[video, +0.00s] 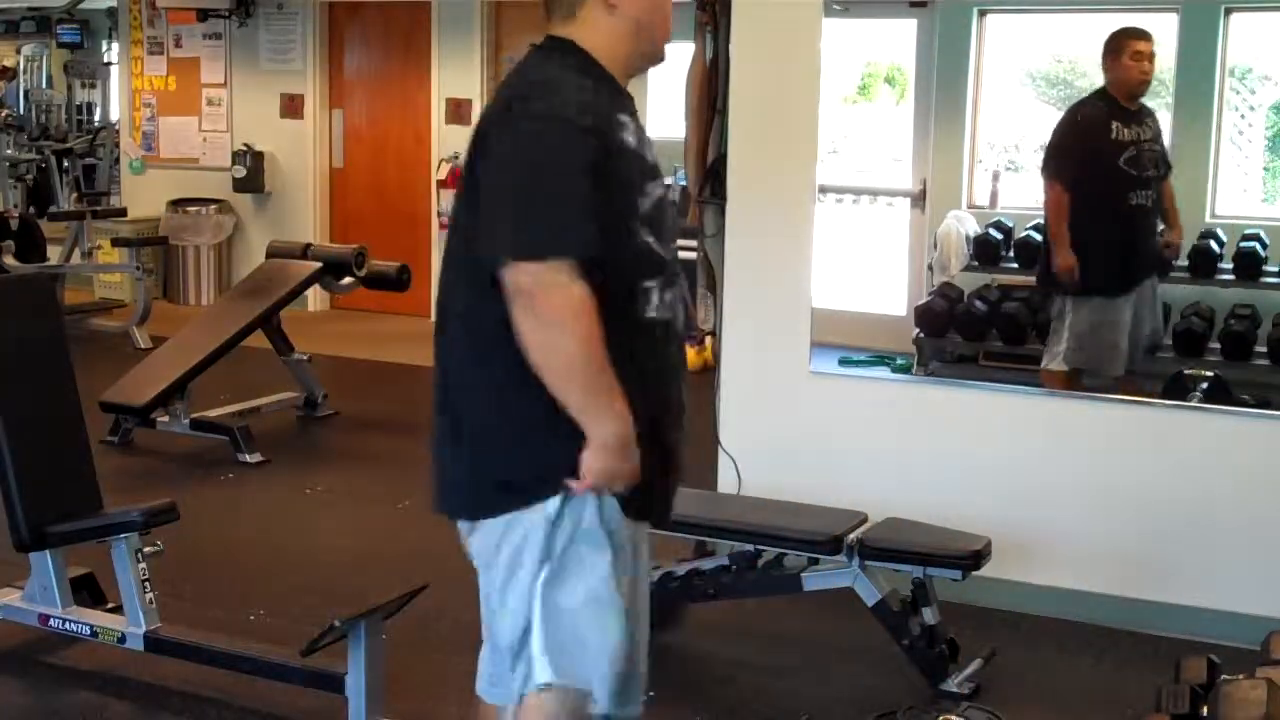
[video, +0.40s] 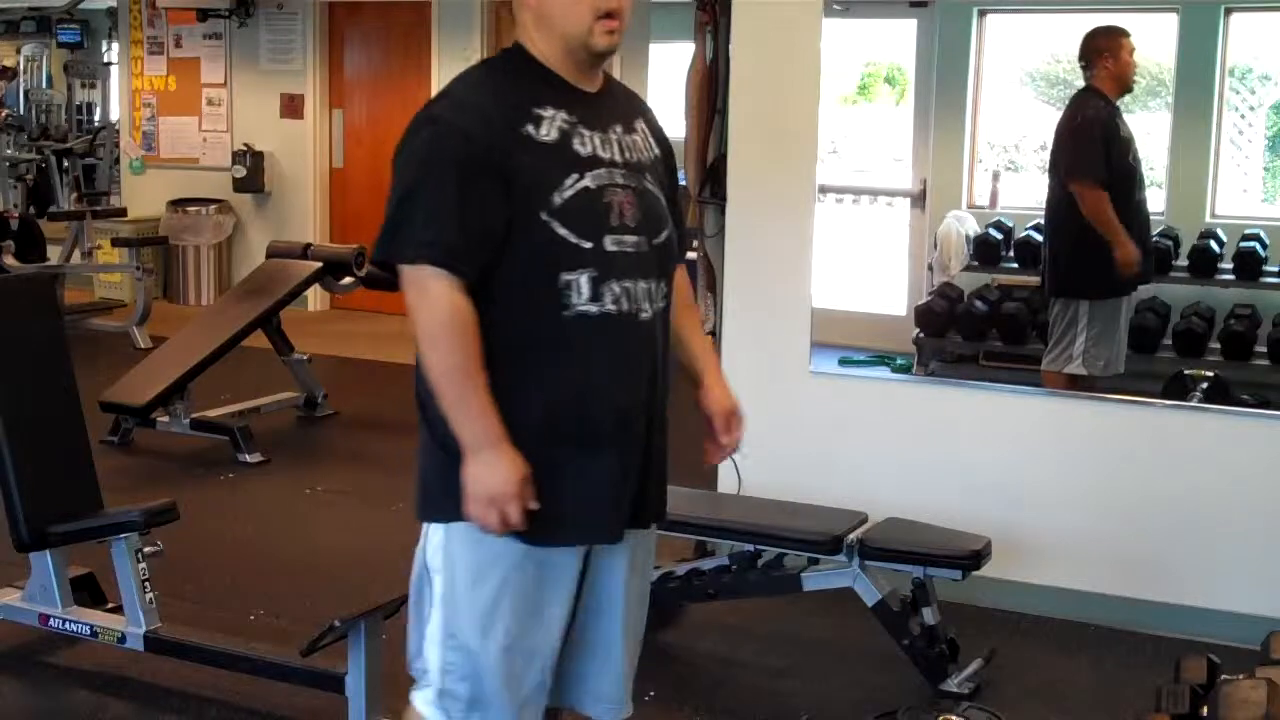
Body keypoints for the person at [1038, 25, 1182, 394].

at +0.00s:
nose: (1147, 66)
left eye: (1151, 59)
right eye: (1137, 57)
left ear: (1155, 65)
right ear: (1110, 62)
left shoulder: (1147, 118)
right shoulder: (1083, 116)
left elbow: (1161, 178)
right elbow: (1055, 183)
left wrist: (1173, 226)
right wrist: (1061, 248)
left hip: (1138, 260)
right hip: (1088, 260)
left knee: (1133, 367)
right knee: (1063, 364)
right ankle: (1052, 444)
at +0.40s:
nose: (1136, 63)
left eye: (1133, 54)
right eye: (1130, 54)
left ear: (1105, 63)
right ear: (1106, 62)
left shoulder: (1101, 110)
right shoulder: (1089, 111)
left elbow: (1093, 185)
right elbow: (1084, 184)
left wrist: (1125, 239)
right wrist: (1120, 241)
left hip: (1101, 265)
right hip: (1084, 265)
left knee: (1084, 371)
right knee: (1065, 372)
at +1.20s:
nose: (1138, 64)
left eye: (1136, 56)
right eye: (1132, 57)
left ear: (1108, 65)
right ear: (1110, 63)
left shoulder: (1111, 113)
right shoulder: (1087, 108)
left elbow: (1121, 190)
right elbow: (1107, 148)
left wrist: (1148, 231)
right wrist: (1136, 127)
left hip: (1109, 254)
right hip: (1084, 254)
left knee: (1098, 359)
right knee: (1076, 360)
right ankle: (1068, 441)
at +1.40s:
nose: (1139, 64)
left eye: (1137, 56)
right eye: (1133, 56)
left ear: (1107, 66)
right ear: (1111, 64)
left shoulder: (1091, 107)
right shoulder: (1101, 107)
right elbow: (1103, 151)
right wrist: (1146, 176)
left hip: (1078, 253)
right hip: (1094, 255)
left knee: (1068, 355)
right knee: (1088, 359)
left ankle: (1061, 434)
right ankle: (1075, 441)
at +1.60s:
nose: (1143, 62)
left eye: (1140, 54)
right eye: (1136, 54)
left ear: (1113, 65)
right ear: (1116, 64)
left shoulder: (1104, 108)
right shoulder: (1107, 111)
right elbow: (1098, 174)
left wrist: (1136, 210)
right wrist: (1137, 213)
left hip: (1079, 254)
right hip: (1098, 257)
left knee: (1071, 348)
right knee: (1097, 358)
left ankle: (1066, 432)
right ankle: (1088, 442)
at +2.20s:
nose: (1171, 66)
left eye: (1169, 58)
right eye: (1166, 58)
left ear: (1137, 65)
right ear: (1146, 64)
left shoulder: (1128, 110)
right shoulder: (1136, 114)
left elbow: (1128, 187)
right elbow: (1133, 187)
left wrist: (1150, 245)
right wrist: (1150, 246)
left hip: (1124, 261)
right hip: (1133, 265)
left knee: (1114, 364)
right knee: (1121, 368)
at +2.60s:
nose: (1188, 72)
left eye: (1188, 65)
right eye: (1185, 64)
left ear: (1160, 68)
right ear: (1160, 67)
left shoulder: (1156, 116)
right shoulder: (1139, 117)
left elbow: (1154, 188)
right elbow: (1135, 189)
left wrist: (1177, 246)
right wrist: (1158, 249)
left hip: (1158, 264)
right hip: (1137, 265)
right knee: (1121, 366)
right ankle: (1104, 444)